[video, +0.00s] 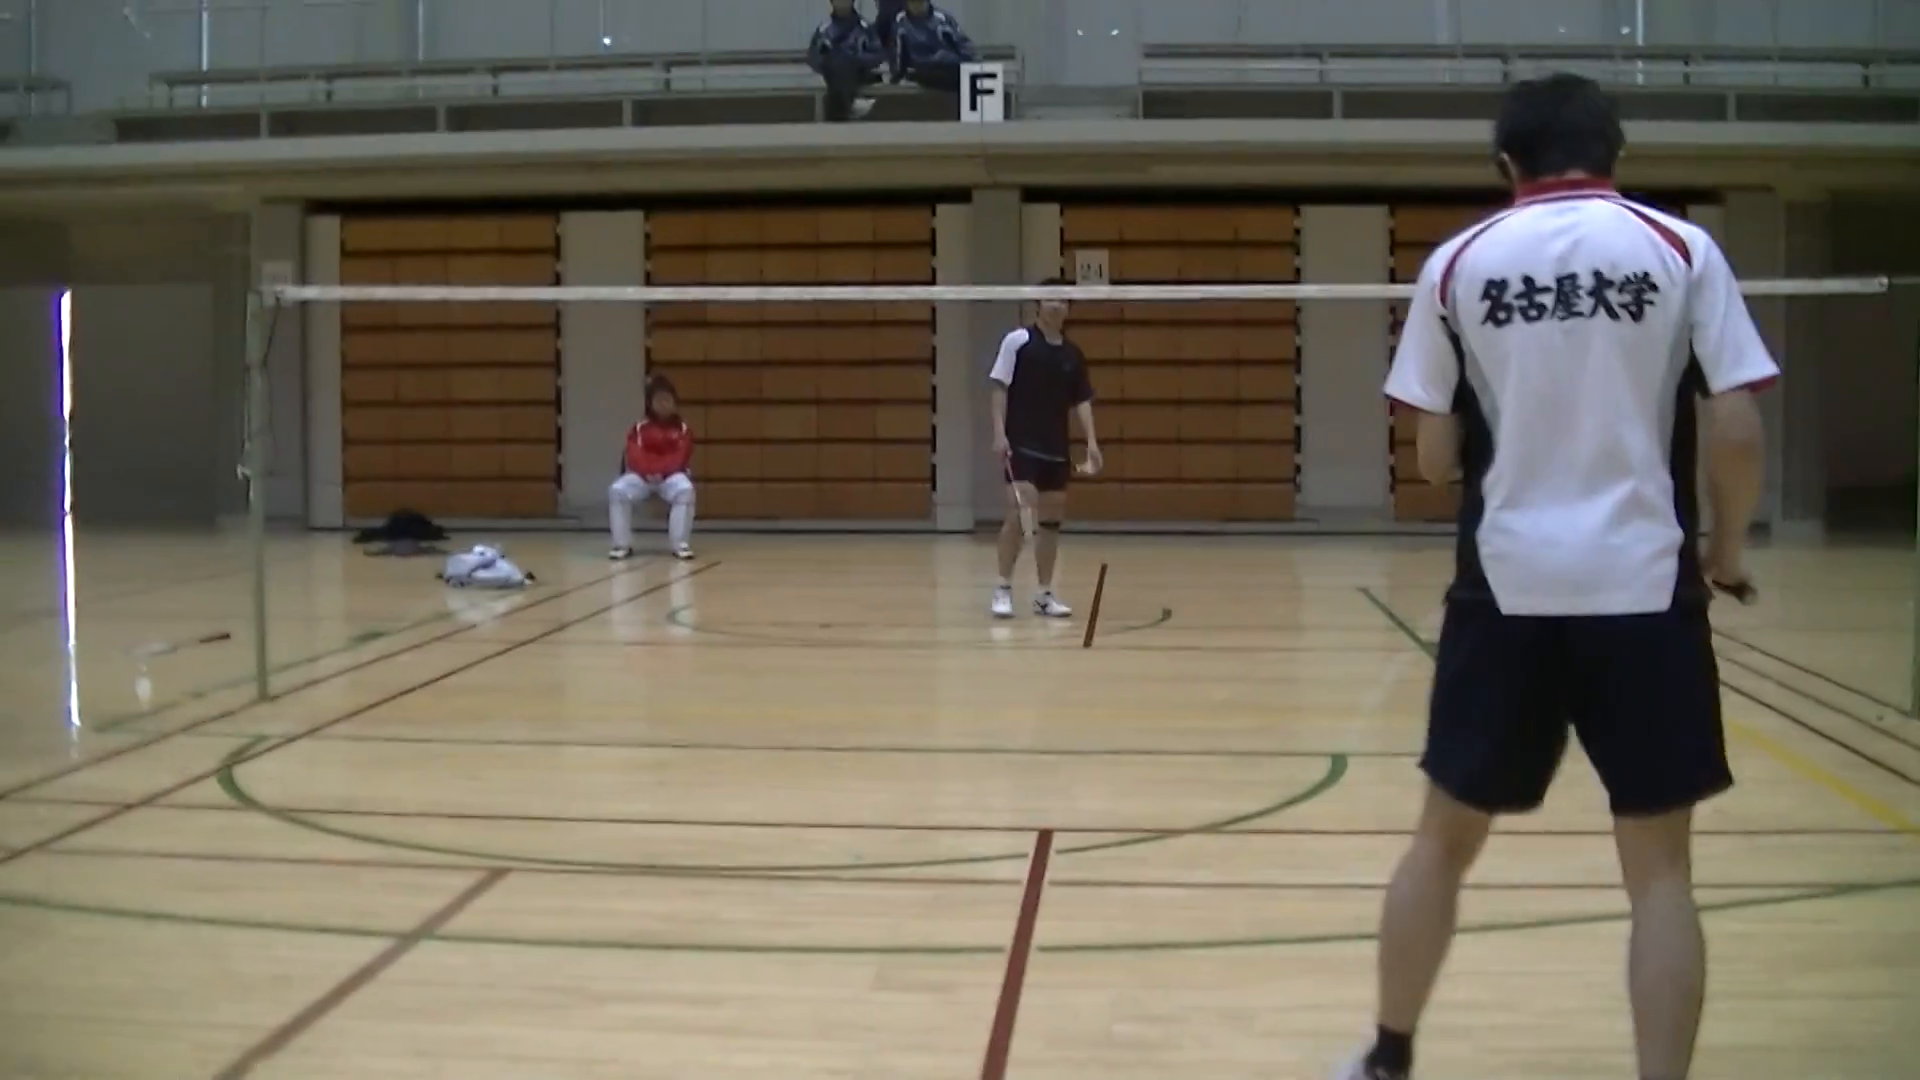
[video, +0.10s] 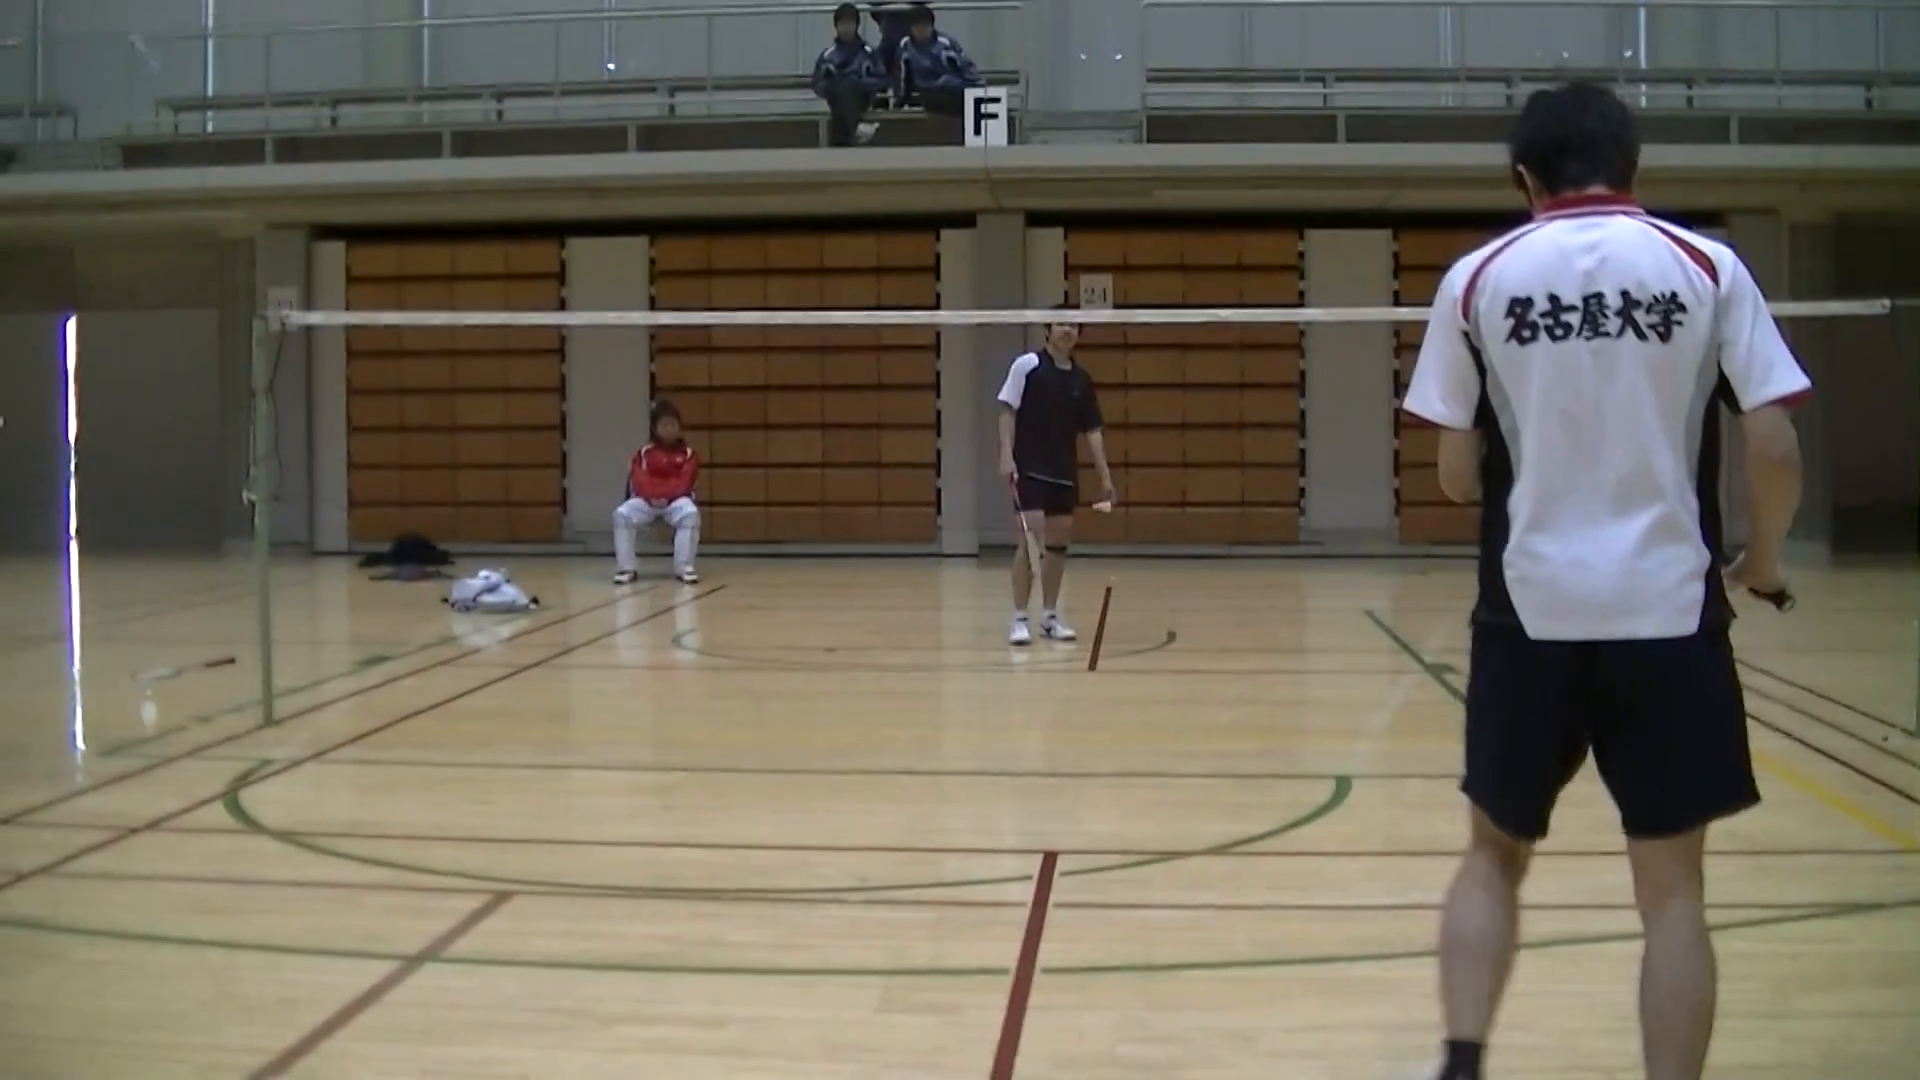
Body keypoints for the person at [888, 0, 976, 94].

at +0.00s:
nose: (917, 7)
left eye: (921, 3)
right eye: (913, 3)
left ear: (927, 3)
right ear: (907, 4)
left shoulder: (942, 17)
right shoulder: (901, 22)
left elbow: (960, 41)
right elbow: (898, 51)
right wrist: (897, 74)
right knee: (944, 56)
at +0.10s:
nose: (922, 32)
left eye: (925, 27)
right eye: (917, 28)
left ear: (932, 27)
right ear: (911, 29)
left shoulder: (946, 43)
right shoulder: (906, 46)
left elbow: (965, 65)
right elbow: (901, 75)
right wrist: (899, 100)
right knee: (947, 81)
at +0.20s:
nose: (918, 41)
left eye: (922, 36)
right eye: (914, 36)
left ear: (928, 35)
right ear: (908, 37)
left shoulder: (943, 51)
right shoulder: (902, 55)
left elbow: (962, 73)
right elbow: (897, 85)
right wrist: (896, 108)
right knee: (945, 88)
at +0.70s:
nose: (917, 53)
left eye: (920, 48)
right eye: (913, 48)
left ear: (927, 46)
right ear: (906, 49)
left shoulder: (942, 64)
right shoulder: (900, 67)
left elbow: (961, 86)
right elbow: (897, 95)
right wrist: (896, 118)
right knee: (943, 100)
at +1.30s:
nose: (913, 54)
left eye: (917, 49)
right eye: (909, 49)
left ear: (924, 48)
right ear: (903, 50)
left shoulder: (939, 65)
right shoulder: (897, 68)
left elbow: (958, 88)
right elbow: (894, 97)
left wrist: (970, 109)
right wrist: (892, 121)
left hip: (949, 112)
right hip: (920, 115)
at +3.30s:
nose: (910, 52)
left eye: (914, 47)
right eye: (906, 48)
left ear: (921, 47)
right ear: (899, 49)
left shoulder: (935, 64)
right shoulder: (893, 68)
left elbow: (954, 87)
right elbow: (889, 96)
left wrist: (968, 106)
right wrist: (888, 121)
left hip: (943, 108)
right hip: (914, 112)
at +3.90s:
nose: (909, 51)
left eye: (913, 46)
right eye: (904, 47)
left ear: (920, 46)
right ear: (898, 49)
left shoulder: (934, 63)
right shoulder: (893, 67)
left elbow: (953, 86)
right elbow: (889, 95)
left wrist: (967, 106)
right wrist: (889, 118)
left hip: (943, 108)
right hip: (914, 112)